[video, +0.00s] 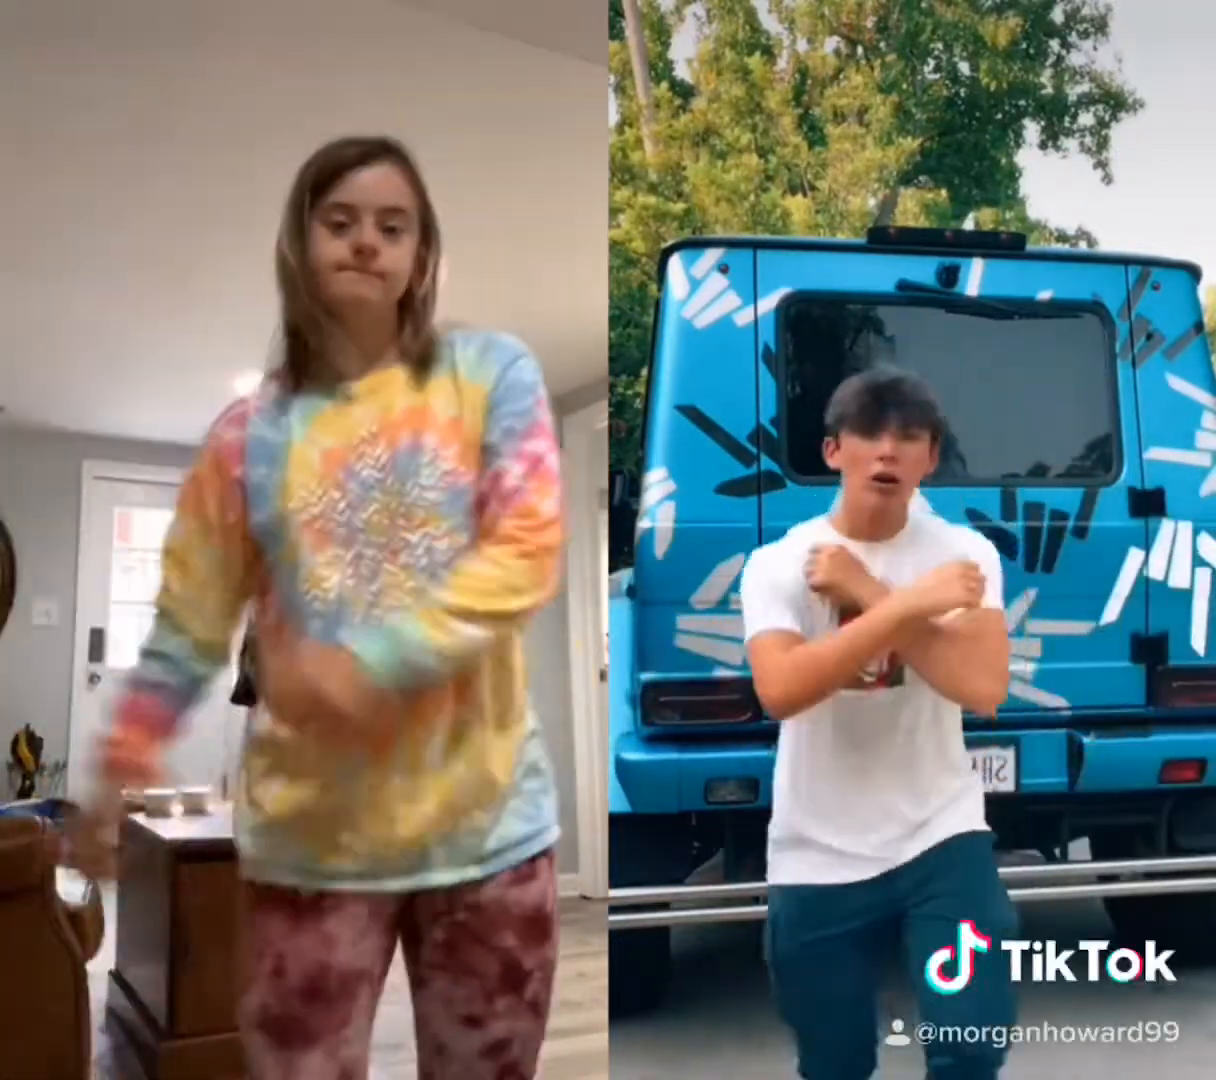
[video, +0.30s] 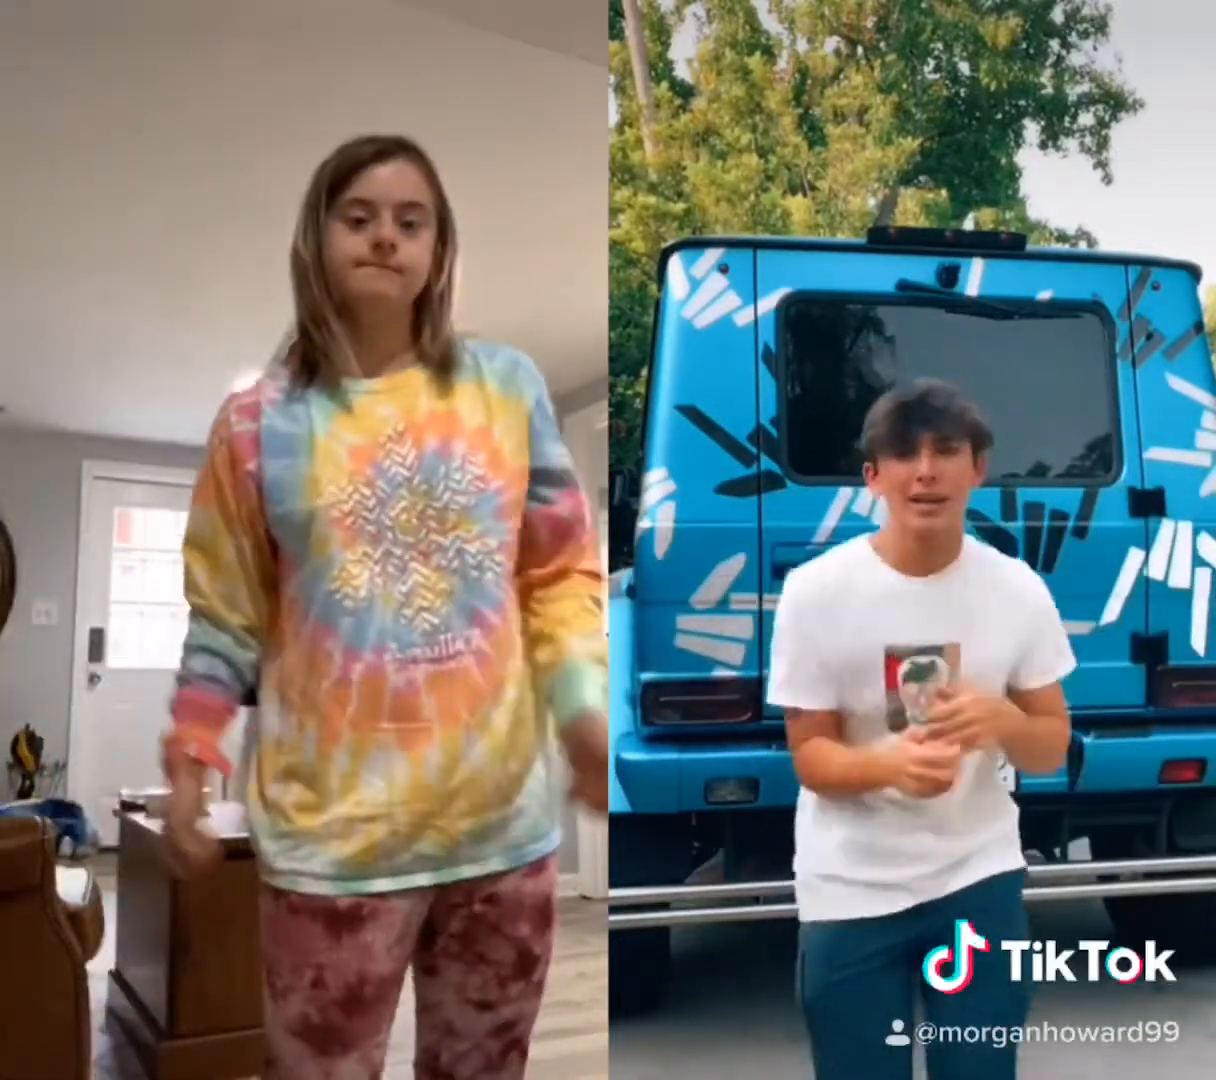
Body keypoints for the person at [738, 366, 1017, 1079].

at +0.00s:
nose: (889, 452)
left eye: (909, 437)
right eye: (871, 435)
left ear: (932, 458)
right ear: (834, 452)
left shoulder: (965, 553)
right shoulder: (780, 563)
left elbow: (985, 685)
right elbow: (780, 687)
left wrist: (870, 594)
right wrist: (912, 605)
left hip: (942, 835)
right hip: (817, 854)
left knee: (972, 1050)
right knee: (833, 1064)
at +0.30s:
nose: (926, 470)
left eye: (946, 451)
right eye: (905, 453)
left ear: (977, 470)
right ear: (873, 477)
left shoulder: (1016, 589)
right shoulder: (815, 592)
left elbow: (1051, 749)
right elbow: (811, 755)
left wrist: (1001, 718)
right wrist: (884, 764)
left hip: (980, 879)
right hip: (850, 893)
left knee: (980, 1068)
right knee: (858, 1068)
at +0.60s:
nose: (919, 434)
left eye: (941, 414)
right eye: (897, 414)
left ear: (974, 437)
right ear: (860, 439)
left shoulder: (1019, 565)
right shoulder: (797, 573)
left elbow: (1076, 760)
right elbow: (787, 770)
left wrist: (1002, 652)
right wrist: (886, 648)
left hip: (987, 896)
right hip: (847, 903)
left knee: (983, 1069)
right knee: (876, 1067)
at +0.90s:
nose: (890, 388)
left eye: (913, 366)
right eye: (868, 369)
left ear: (953, 387)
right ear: (836, 395)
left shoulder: (1020, 509)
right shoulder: (798, 532)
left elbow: (1056, 688)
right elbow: (798, 748)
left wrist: (932, 545)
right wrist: (783, 576)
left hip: (1010, 890)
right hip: (857, 900)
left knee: (1017, 1065)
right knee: (866, 1064)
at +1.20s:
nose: (890, 476)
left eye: (915, 454)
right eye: (867, 459)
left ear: (954, 481)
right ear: (839, 492)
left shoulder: (1044, 578)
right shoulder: (830, 659)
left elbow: (1096, 763)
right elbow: (876, 861)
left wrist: (914, 710)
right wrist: (775, 803)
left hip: (1089, 950)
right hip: (928, 964)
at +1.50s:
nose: (1117, 354)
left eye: (1142, 335)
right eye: (1092, 334)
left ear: (1173, 365)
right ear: (1053, 366)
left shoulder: (1203, 490)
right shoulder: (991, 497)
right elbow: (957, 648)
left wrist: (1215, 482)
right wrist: (1047, 480)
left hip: (1194, 872)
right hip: (1034, 881)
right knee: (992, 1066)